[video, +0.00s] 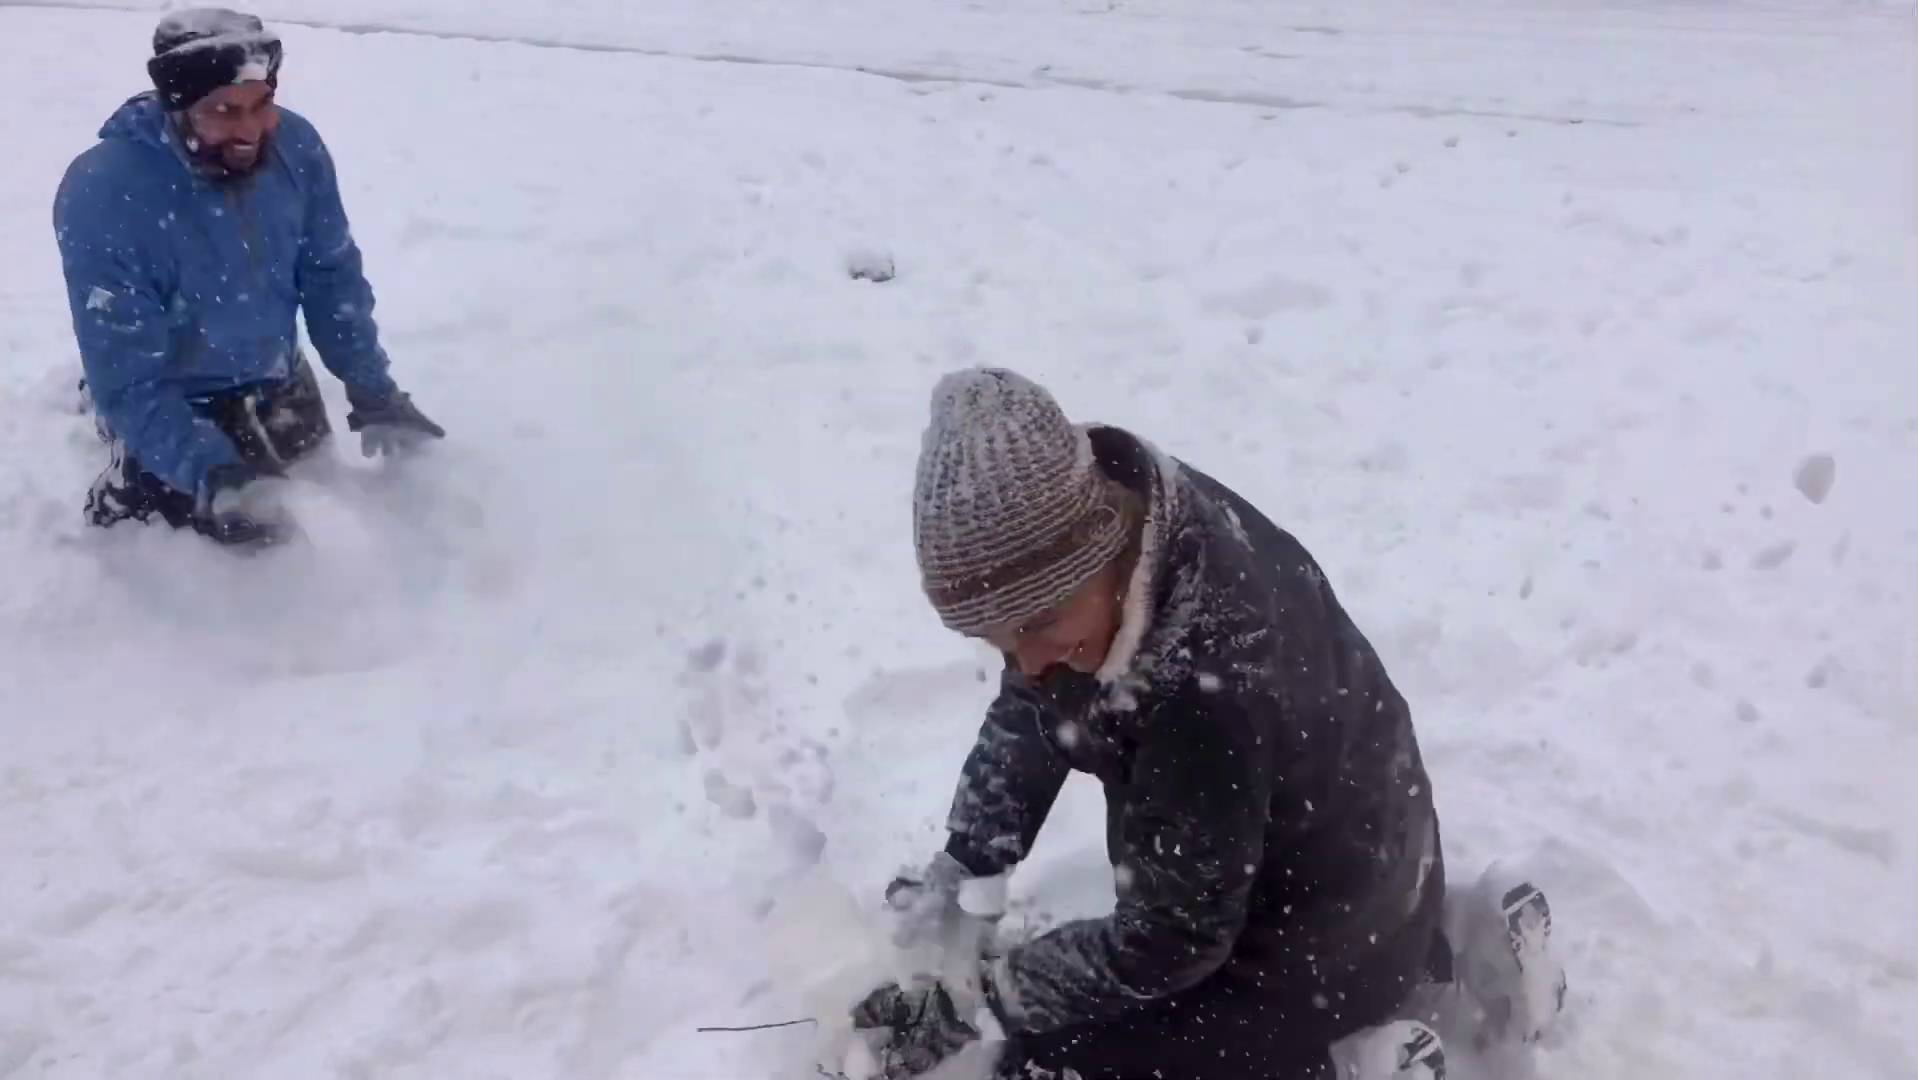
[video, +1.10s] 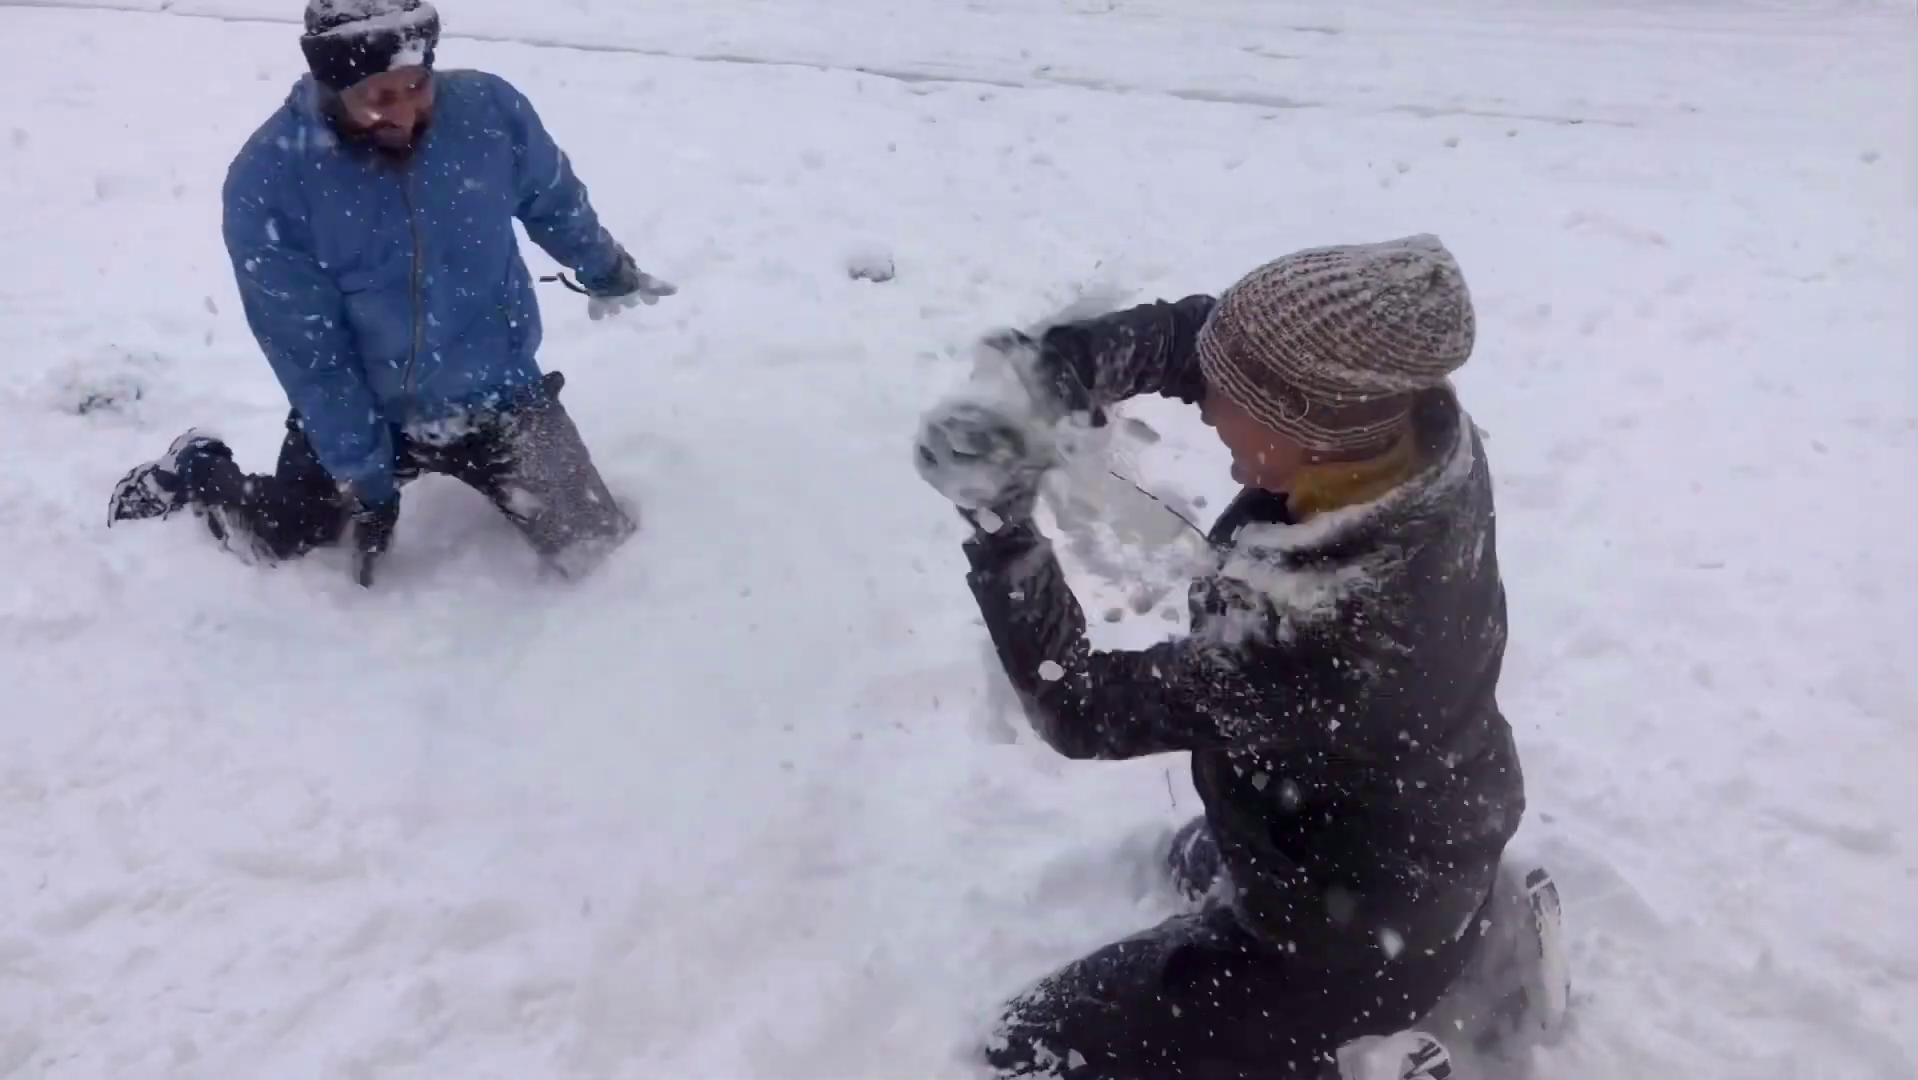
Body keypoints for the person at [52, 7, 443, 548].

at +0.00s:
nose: (249, 131)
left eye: (261, 106)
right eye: (225, 111)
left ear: (275, 94)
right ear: (180, 108)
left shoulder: (295, 148)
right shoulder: (104, 193)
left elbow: (333, 281)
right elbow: (127, 383)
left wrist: (376, 397)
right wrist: (218, 479)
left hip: (279, 377)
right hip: (176, 397)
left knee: (304, 453)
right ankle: (133, 491)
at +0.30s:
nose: (265, 148)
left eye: (276, 124)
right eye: (241, 130)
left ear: (288, 109)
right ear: (191, 124)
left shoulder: (316, 164)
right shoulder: (106, 207)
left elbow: (364, 306)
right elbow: (111, 379)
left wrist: (406, 445)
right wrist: (149, 511)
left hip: (290, 358)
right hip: (184, 390)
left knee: (376, 418)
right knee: (277, 529)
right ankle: (137, 498)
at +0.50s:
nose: (270, 151)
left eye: (282, 126)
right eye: (243, 136)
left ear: (293, 108)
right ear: (191, 128)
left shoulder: (317, 136)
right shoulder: (123, 213)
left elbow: (394, 270)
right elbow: (164, 387)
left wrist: (466, 406)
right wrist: (221, 522)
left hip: (312, 341)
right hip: (211, 387)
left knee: (437, 431)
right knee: (278, 529)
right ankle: (140, 471)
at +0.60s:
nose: (278, 151)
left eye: (286, 126)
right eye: (254, 140)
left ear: (292, 101)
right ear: (199, 129)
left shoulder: (324, 124)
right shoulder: (131, 211)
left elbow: (425, 240)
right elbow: (196, 390)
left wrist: (523, 364)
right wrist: (296, 532)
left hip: (350, 345)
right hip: (243, 394)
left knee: (458, 458)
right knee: (269, 531)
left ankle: (315, 414)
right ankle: (148, 474)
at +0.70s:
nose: (277, 154)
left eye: (287, 128)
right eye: (250, 141)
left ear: (294, 98)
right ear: (198, 125)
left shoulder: (334, 112)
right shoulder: (143, 212)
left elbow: (444, 204)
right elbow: (208, 383)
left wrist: (551, 311)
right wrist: (316, 504)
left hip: (379, 340)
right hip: (266, 388)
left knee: (482, 473)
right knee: (293, 538)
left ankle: (375, 440)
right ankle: (155, 472)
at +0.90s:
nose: (321, 124)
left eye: (332, 99)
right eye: (296, 110)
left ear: (342, 74)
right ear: (252, 97)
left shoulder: (400, 88)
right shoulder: (192, 181)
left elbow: (483, 158)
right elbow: (249, 363)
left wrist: (548, 231)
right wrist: (330, 524)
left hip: (447, 362)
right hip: (320, 396)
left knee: (559, 513)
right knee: (282, 539)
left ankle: (451, 447)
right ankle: (184, 474)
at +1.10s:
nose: (399, 114)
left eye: (413, 87)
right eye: (375, 97)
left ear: (431, 66)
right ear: (330, 87)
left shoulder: (489, 114)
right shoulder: (269, 182)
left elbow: (554, 200)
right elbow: (307, 350)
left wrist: (605, 270)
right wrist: (370, 485)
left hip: (496, 401)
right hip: (359, 422)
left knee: (596, 547)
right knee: (286, 545)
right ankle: (197, 476)